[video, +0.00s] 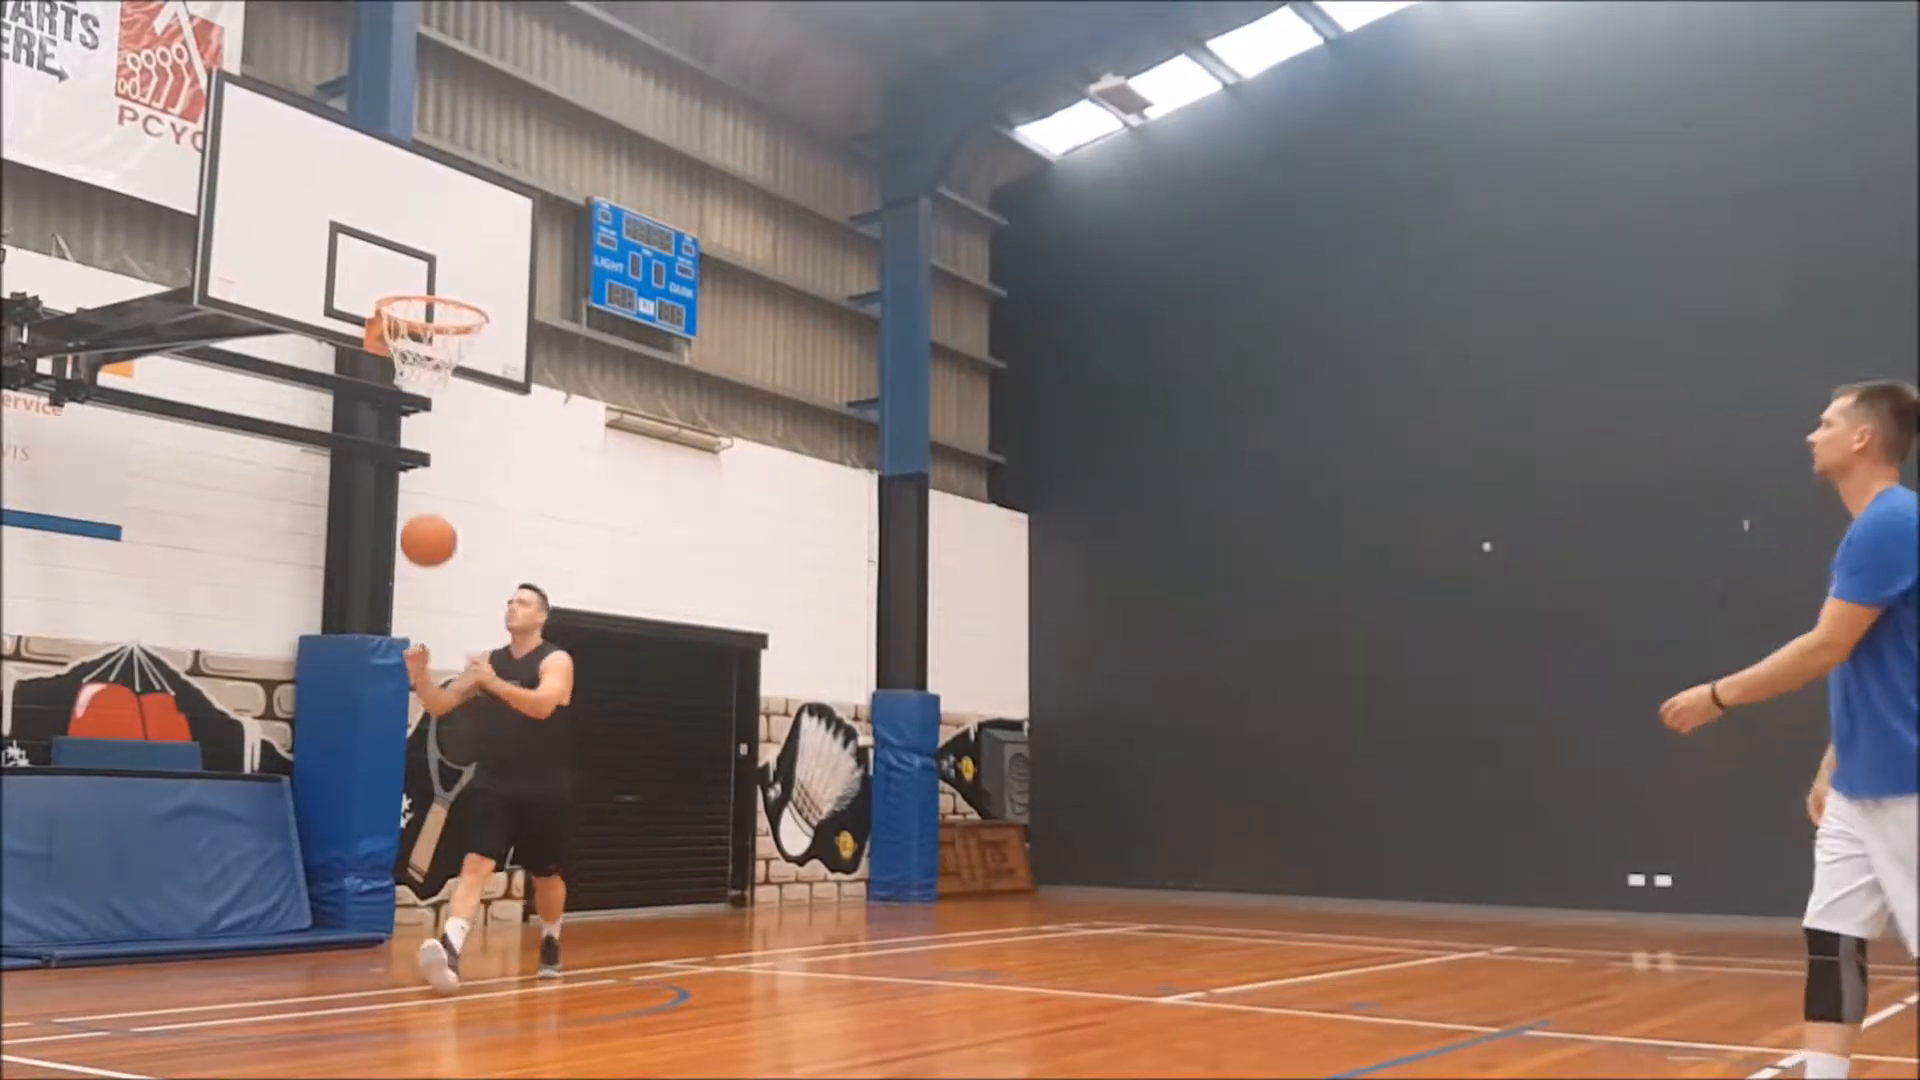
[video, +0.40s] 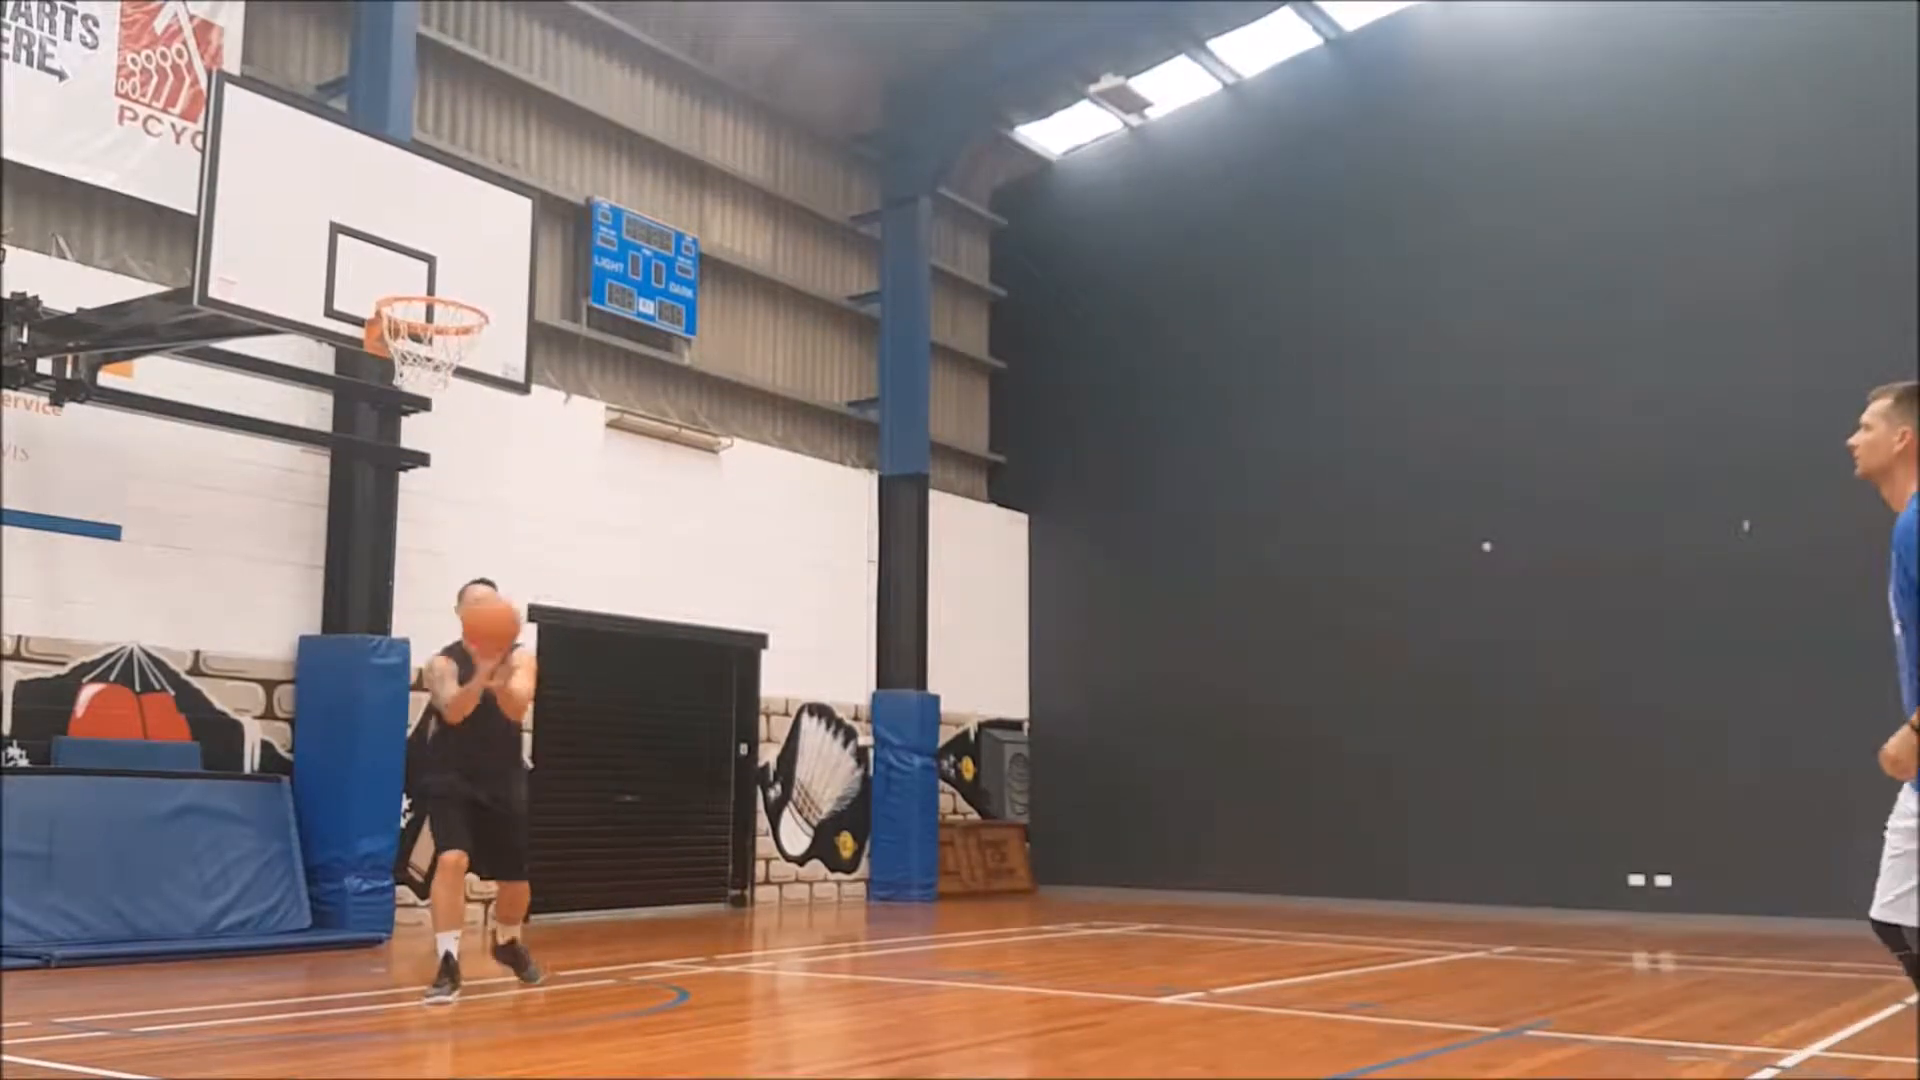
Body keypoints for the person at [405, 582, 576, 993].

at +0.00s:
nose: (513, 607)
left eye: (524, 603)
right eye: (511, 602)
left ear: (543, 617)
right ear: (505, 615)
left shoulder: (556, 660)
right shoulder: (489, 661)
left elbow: (542, 706)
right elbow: (441, 704)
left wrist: (491, 680)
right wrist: (419, 677)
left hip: (543, 786)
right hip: (493, 783)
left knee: (546, 872)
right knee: (476, 862)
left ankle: (550, 942)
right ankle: (449, 951)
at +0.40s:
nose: (483, 617)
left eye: (489, 608)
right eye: (474, 609)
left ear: (503, 612)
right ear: (460, 615)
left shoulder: (519, 658)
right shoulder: (444, 661)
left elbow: (518, 710)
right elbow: (453, 711)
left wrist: (499, 678)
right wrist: (483, 671)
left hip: (504, 777)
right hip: (449, 776)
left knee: (515, 872)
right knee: (453, 858)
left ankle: (508, 944)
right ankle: (448, 965)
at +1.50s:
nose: (499, 592)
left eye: (505, 588)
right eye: (492, 585)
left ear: (511, 599)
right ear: (473, 592)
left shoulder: (524, 650)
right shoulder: (439, 640)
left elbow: (537, 714)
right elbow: (400, 697)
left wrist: (545, 773)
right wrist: (362, 748)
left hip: (495, 774)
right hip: (437, 771)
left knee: (488, 862)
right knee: (421, 856)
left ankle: (482, 957)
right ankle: (416, 938)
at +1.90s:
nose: (460, 600)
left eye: (465, 596)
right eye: (452, 593)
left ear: (471, 605)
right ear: (434, 600)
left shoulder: (487, 653)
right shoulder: (405, 652)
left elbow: (499, 710)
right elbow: (385, 711)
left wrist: (499, 738)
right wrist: (420, 735)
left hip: (464, 776)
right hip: (412, 776)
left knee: (464, 862)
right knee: (411, 863)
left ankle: (474, 951)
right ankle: (413, 950)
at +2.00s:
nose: (450, 599)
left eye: (456, 594)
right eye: (443, 593)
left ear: (462, 604)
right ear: (426, 601)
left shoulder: (481, 653)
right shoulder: (398, 653)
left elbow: (492, 710)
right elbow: (377, 714)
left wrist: (486, 740)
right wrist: (403, 743)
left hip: (459, 773)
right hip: (409, 773)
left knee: (460, 860)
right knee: (411, 862)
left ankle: (471, 950)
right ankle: (413, 950)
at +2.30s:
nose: (437, 595)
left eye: (442, 591)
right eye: (428, 591)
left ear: (450, 604)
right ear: (413, 603)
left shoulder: (472, 651)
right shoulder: (391, 655)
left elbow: (483, 715)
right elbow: (367, 713)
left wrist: (486, 773)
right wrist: (348, 768)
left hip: (453, 777)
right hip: (403, 777)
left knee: (453, 864)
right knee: (408, 865)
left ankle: (460, 953)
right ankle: (412, 951)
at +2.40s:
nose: (433, 594)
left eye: (439, 590)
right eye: (425, 591)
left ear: (449, 604)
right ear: (411, 605)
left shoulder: (473, 651)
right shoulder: (390, 655)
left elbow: (489, 714)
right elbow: (366, 715)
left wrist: (497, 772)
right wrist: (343, 768)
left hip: (453, 777)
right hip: (402, 777)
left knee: (452, 863)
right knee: (408, 863)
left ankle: (460, 954)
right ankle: (412, 953)